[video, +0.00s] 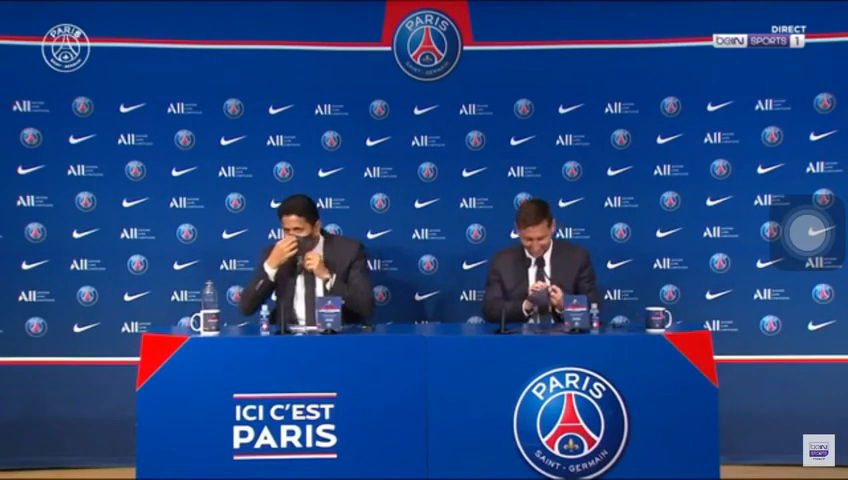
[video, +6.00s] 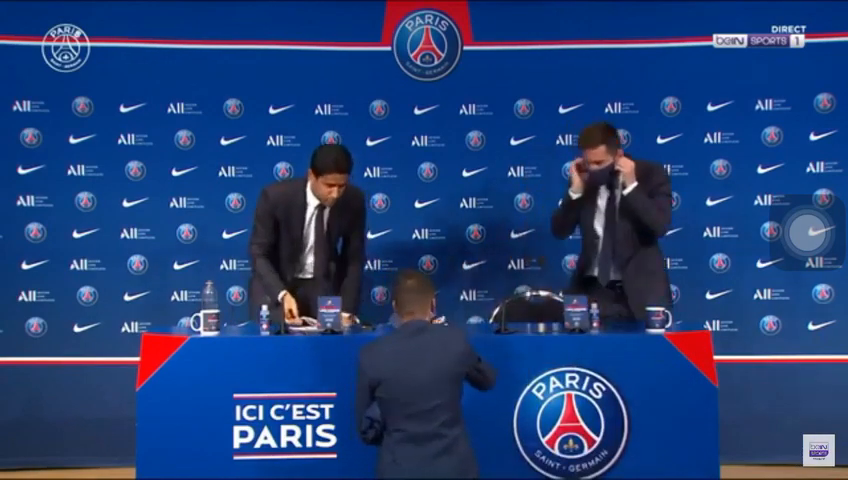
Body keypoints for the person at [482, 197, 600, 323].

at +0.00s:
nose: (535, 246)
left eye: (541, 238)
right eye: (528, 239)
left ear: (552, 227)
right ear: (518, 232)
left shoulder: (577, 257)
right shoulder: (502, 261)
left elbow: (592, 307)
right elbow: (490, 310)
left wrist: (564, 304)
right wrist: (526, 306)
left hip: (566, 342)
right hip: (518, 343)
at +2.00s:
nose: (535, 236)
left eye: (542, 230)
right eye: (528, 230)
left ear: (553, 227)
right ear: (519, 230)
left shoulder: (569, 252)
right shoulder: (509, 255)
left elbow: (600, 287)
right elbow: (481, 291)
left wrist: (575, 243)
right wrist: (501, 246)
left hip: (562, 339)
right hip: (518, 339)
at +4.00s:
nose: (533, 209)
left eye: (540, 203)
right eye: (529, 202)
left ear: (561, 198)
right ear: (525, 196)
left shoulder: (590, 222)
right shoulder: (513, 219)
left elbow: (617, 263)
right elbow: (488, 258)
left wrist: (589, 305)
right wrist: (506, 298)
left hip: (575, 325)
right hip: (526, 324)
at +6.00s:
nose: (592, 169)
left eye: (599, 163)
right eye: (588, 163)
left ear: (618, 154)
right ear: (583, 158)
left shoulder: (650, 174)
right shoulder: (585, 180)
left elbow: (659, 226)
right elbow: (559, 230)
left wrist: (631, 186)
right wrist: (575, 191)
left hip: (637, 291)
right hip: (594, 291)